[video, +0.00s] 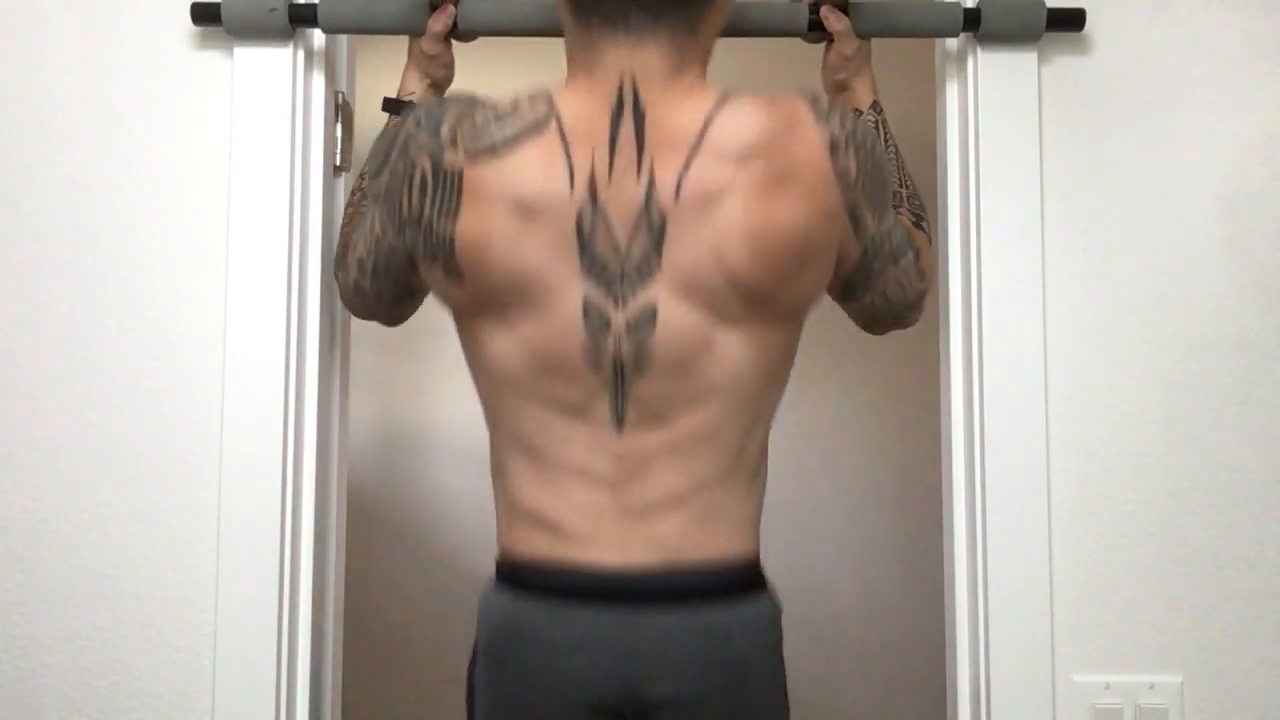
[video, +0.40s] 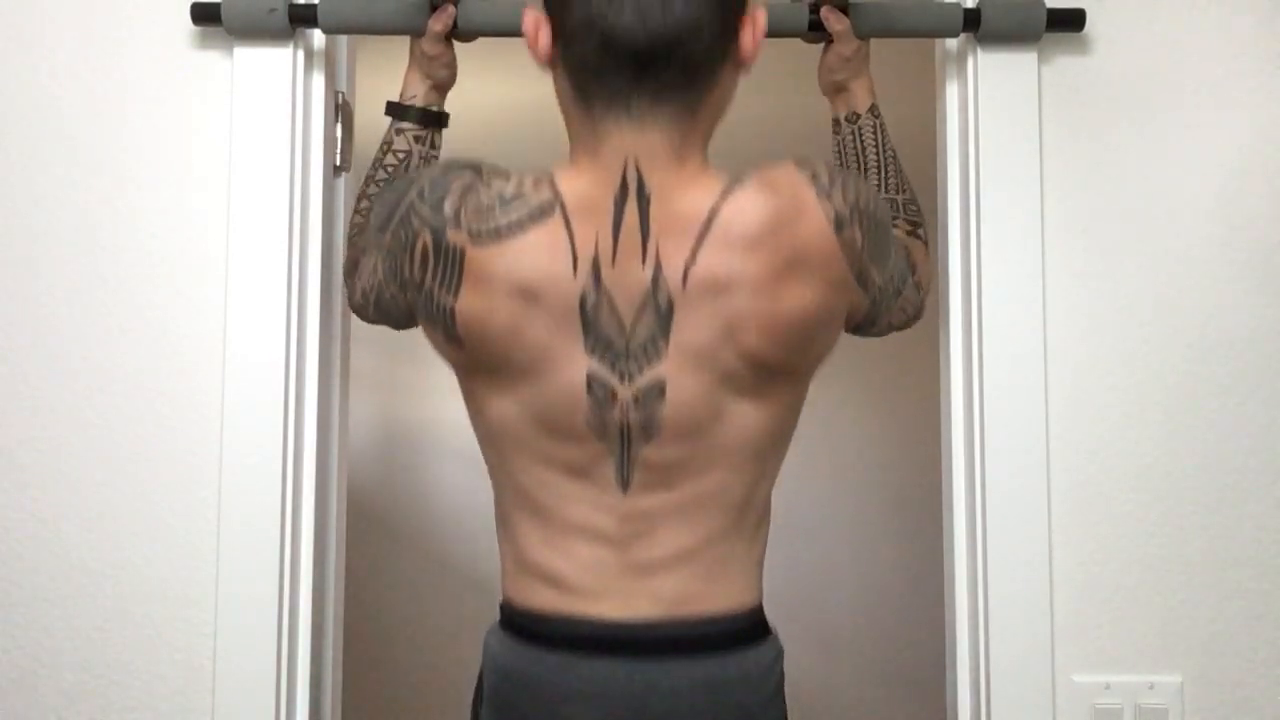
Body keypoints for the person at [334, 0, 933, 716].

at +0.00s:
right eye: (725, 15)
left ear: (567, 11)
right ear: (717, 16)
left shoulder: (461, 150)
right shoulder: (803, 146)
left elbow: (369, 289)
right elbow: (896, 298)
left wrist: (416, 94)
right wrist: (857, 102)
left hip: (535, 628)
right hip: (722, 633)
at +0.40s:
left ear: (539, 39)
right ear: (749, 38)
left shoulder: (466, 228)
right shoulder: (805, 226)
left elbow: (371, 278)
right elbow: (900, 289)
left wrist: (421, 92)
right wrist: (853, 95)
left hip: (538, 674)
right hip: (725, 675)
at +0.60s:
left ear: (542, 130)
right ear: (751, 131)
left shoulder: (474, 313)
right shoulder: (801, 312)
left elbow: (379, 263)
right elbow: (898, 263)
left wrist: (422, 92)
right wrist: (853, 94)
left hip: (534, 699)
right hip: (723, 698)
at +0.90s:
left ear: (537, 246)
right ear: (747, 247)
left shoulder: (488, 424)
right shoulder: (785, 413)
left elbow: (396, 266)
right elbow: (882, 267)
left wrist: (424, 89)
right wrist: (851, 96)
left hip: (533, 711)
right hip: (722, 711)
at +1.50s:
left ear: (539, 170)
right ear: (753, 171)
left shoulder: (475, 356)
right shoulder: (795, 343)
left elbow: (379, 261)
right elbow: (892, 263)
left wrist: (423, 89)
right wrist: (850, 96)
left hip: (530, 708)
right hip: (711, 707)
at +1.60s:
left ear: (542, 83)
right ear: (754, 85)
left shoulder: (465, 276)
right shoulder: (801, 271)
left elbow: (365, 260)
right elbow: (903, 273)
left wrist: (421, 89)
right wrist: (853, 99)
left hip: (525, 696)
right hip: (715, 697)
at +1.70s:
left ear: (549, 19)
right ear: (749, 18)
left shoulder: (460, 203)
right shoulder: (799, 194)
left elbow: (366, 287)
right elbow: (898, 295)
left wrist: (417, 98)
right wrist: (854, 99)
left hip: (528, 672)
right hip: (719, 675)